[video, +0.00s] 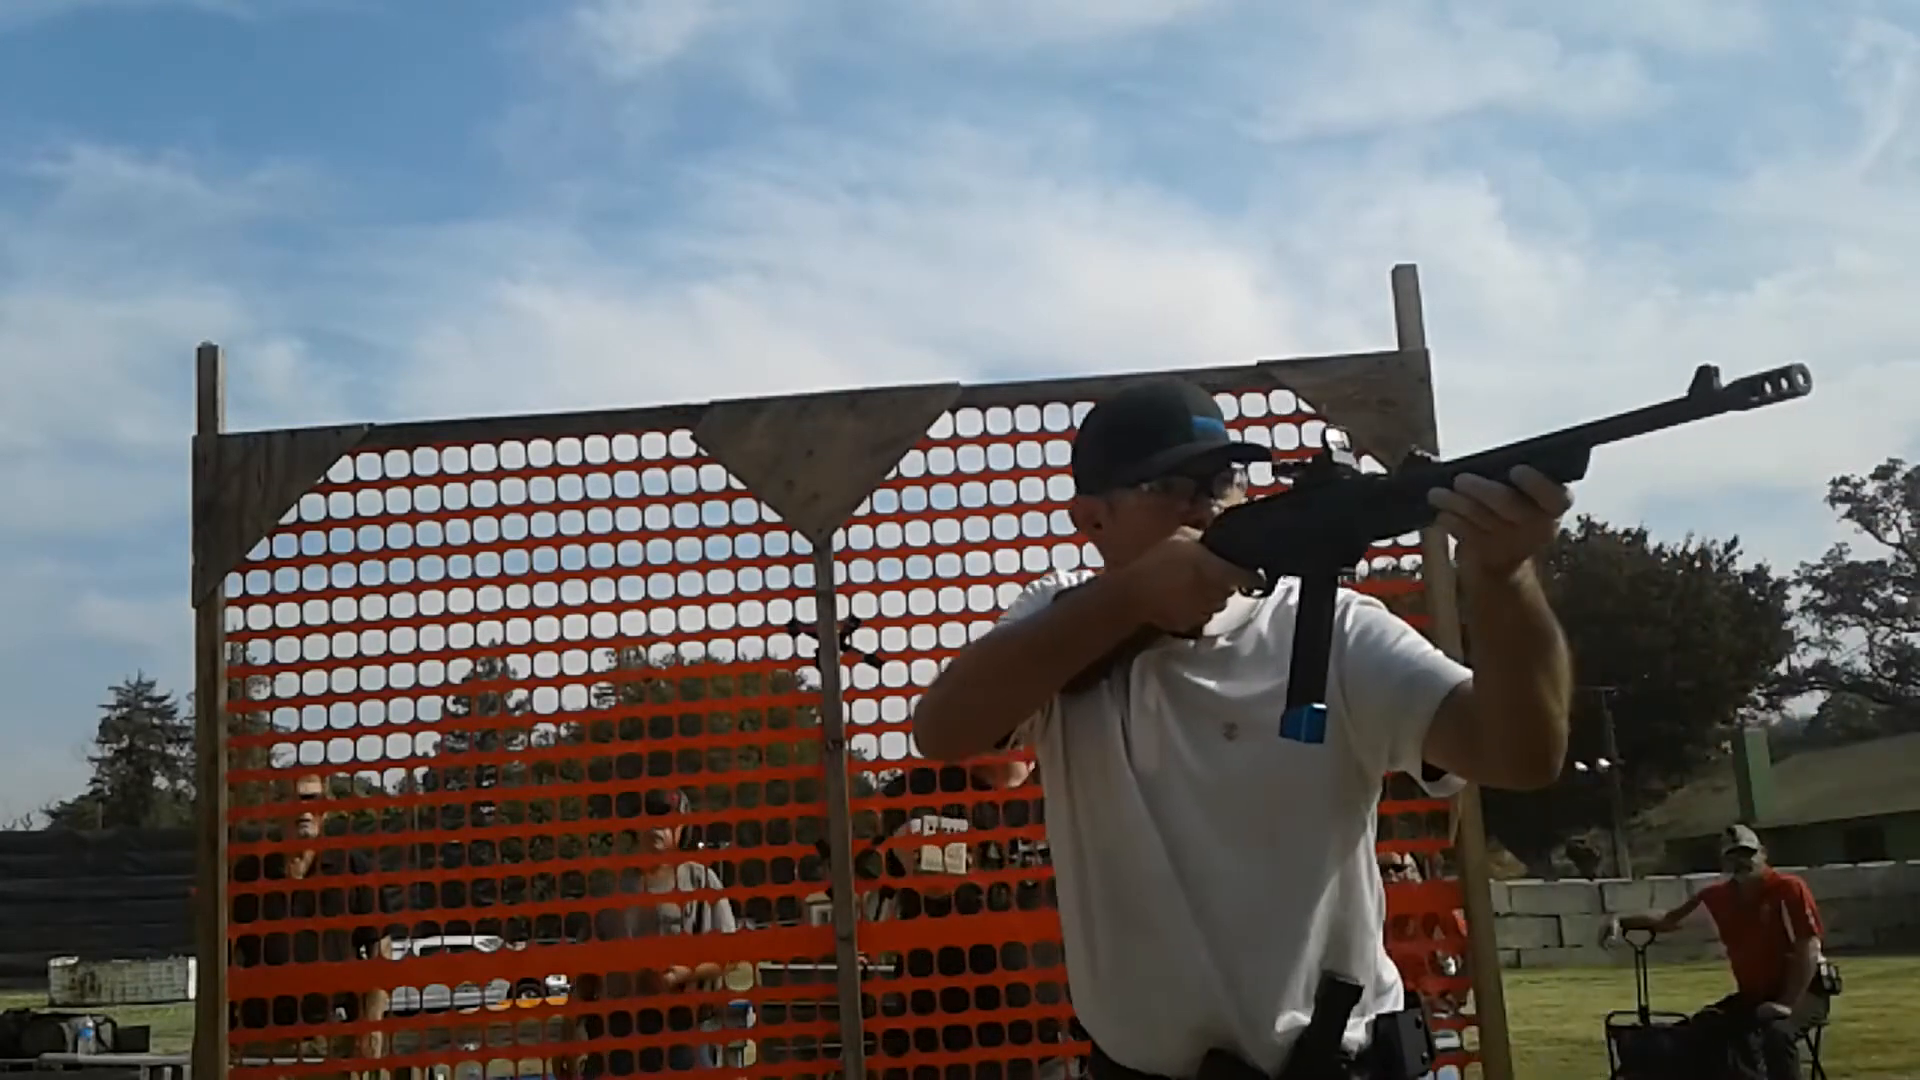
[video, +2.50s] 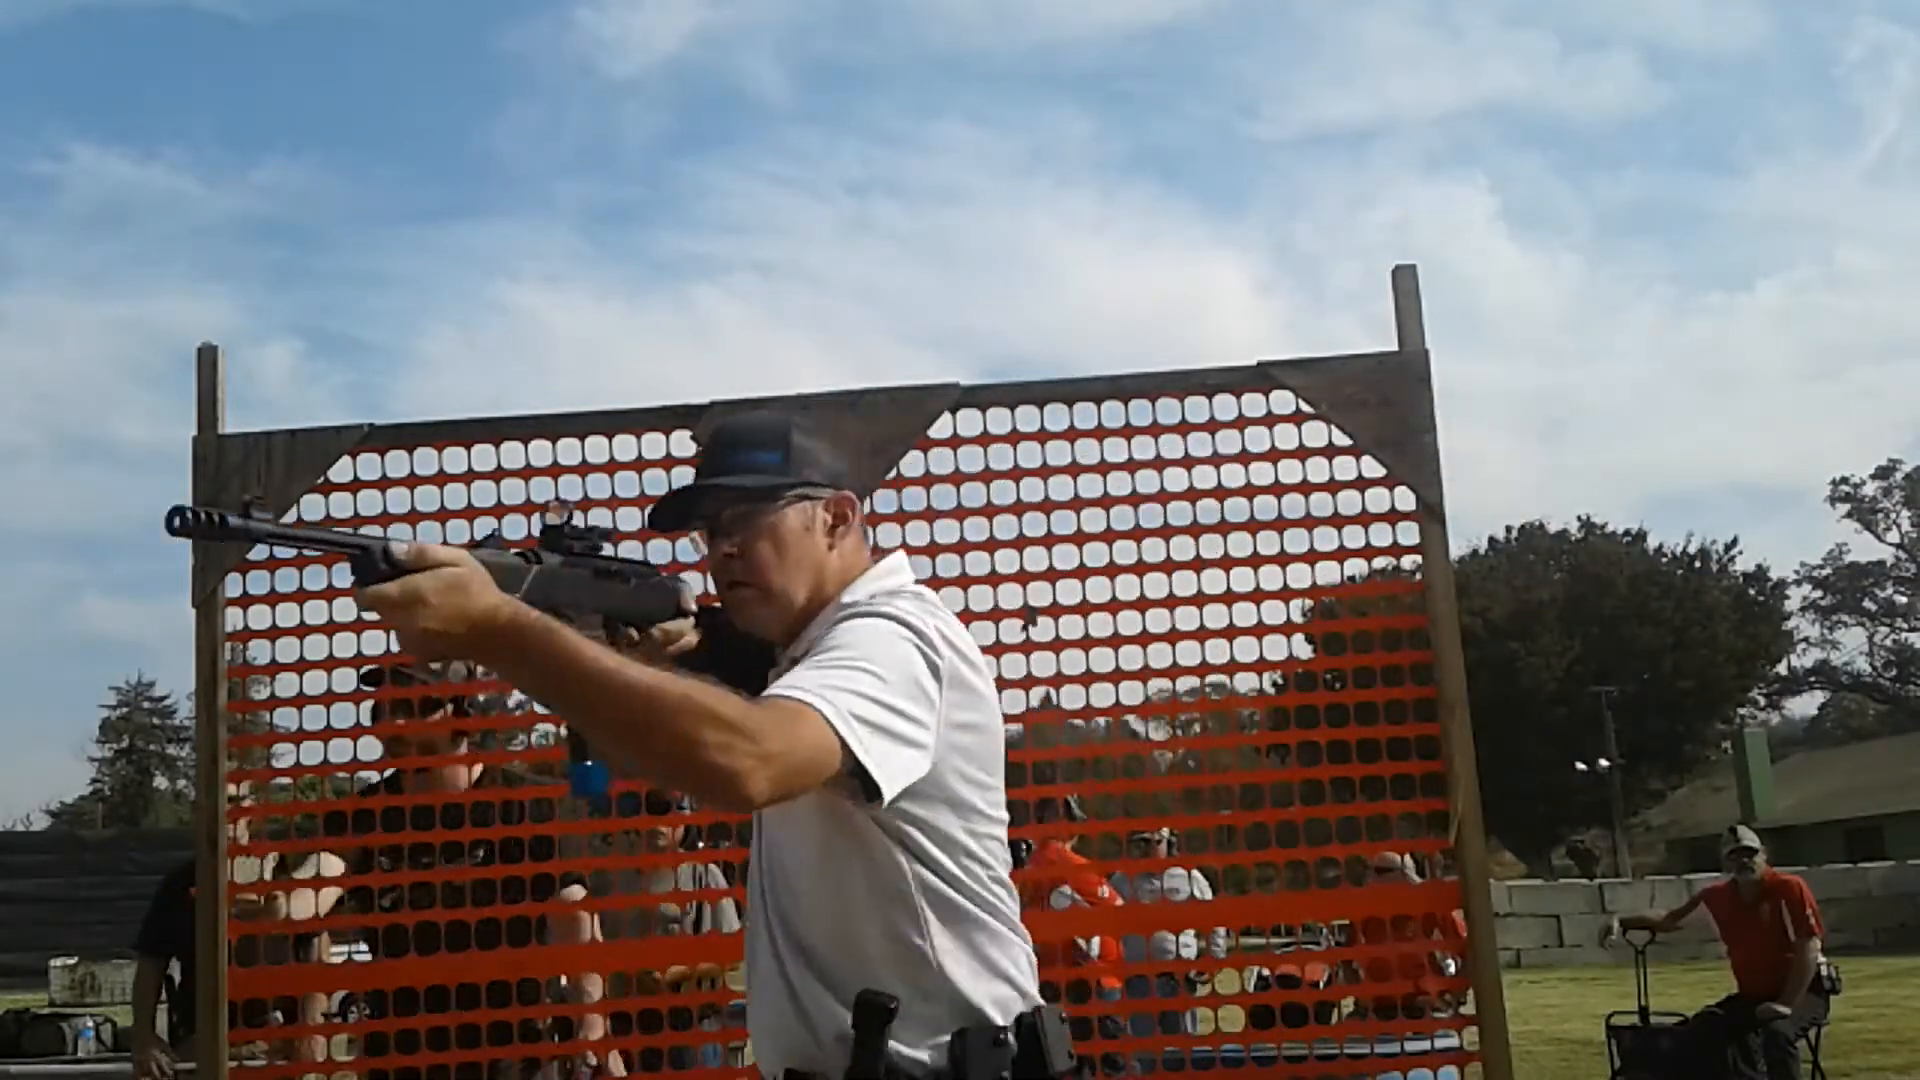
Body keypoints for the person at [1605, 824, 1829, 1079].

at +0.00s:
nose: (1741, 860)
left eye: (1748, 853)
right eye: (1733, 855)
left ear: (1761, 855)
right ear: (1724, 861)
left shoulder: (1789, 889)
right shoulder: (1715, 897)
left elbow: (1809, 949)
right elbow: (1668, 922)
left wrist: (1788, 1004)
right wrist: (1621, 923)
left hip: (1801, 999)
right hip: (1752, 998)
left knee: (1775, 1033)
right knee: (1691, 1033)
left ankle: (1785, 1075)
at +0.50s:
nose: (1741, 860)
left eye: (1748, 853)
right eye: (1733, 855)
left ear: (1762, 855)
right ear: (1724, 861)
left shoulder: (1789, 889)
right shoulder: (1715, 897)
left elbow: (1809, 949)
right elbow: (1668, 922)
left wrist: (1787, 1004)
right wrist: (1621, 922)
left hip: (1801, 998)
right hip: (1752, 998)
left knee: (1775, 1034)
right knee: (1693, 1032)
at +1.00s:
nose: (1743, 860)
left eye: (1749, 853)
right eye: (1734, 855)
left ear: (1763, 856)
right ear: (1725, 862)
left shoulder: (1790, 888)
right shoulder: (1715, 897)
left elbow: (1809, 949)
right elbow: (1667, 922)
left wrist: (1788, 1004)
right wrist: (1621, 922)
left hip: (1802, 998)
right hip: (1752, 998)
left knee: (1776, 1035)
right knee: (1693, 1032)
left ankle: (1785, 1075)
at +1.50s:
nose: (1743, 859)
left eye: (1750, 852)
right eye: (1735, 855)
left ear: (1763, 855)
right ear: (1726, 862)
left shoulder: (1789, 888)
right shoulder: (1715, 896)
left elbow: (1809, 950)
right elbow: (1668, 921)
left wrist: (1788, 1004)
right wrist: (1622, 923)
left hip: (1802, 998)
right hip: (1752, 998)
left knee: (1776, 1035)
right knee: (1692, 1033)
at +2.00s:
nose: (1744, 860)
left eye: (1750, 853)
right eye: (1735, 856)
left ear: (1762, 856)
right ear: (1725, 863)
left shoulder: (1789, 888)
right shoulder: (1714, 897)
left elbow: (1810, 950)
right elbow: (1668, 922)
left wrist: (1787, 1004)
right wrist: (1621, 922)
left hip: (1803, 998)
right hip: (1752, 998)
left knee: (1776, 1035)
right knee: (1695, 1032)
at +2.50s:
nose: (1744, 860)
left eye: (1750, 853)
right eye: (1735, 856)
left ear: (1763, 856)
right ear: (1725, 863)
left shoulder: (1789, 888)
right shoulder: (1715, 897)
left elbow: (1810, 949)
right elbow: (1668, 922)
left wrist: (1787, 1004)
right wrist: (1621, 923)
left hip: (1803, 998)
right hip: (1753, 998)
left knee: (1776, 1035)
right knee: (1695, 1031)